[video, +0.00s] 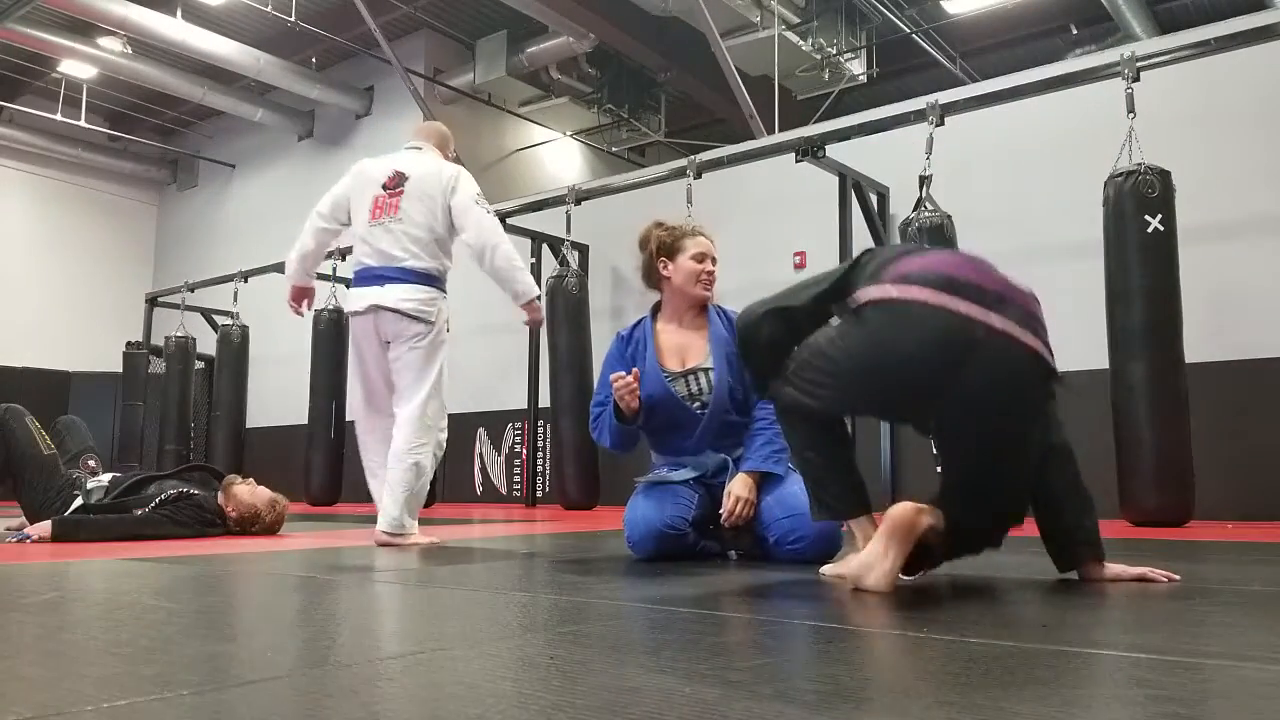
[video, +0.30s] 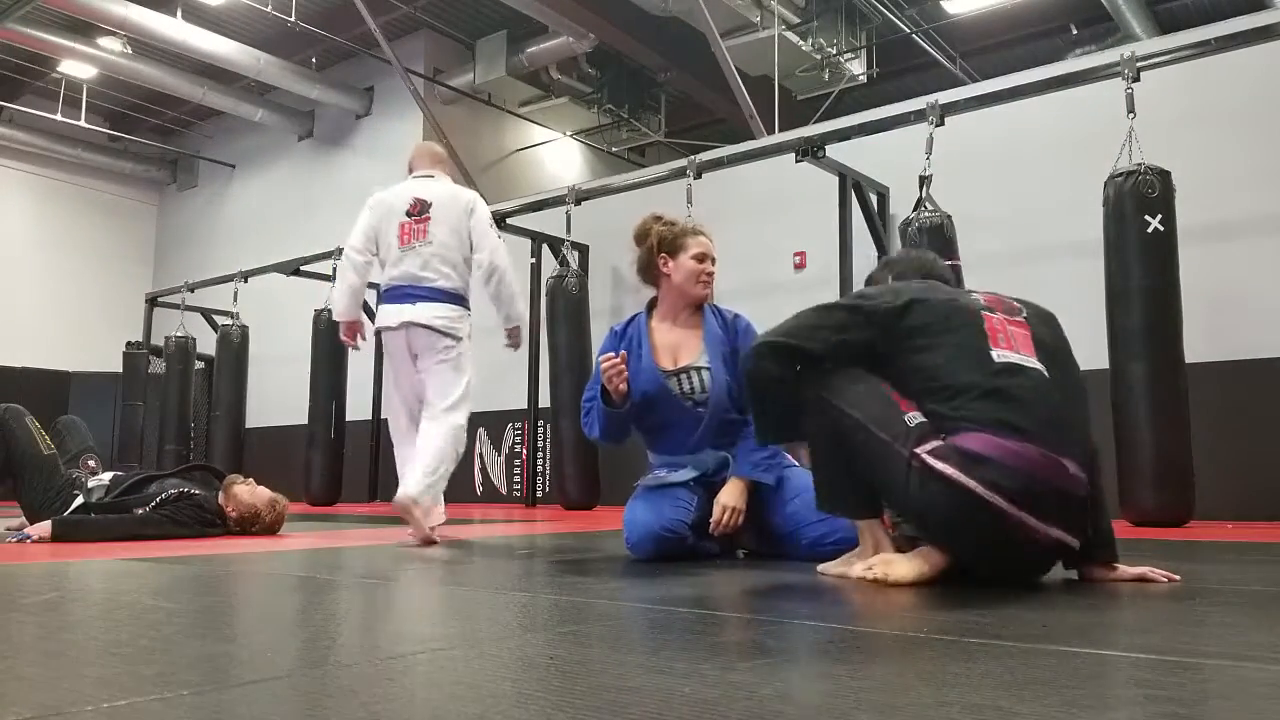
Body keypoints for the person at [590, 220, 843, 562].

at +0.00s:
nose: (712, 269)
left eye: (713, 261)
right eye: (700, 259)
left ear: (716, 270)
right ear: (665, 268)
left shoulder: (741, 329)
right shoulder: (629, 344)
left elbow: (769, 406)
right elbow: (610, 436)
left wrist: (750, 475)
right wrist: (624, 413)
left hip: (753, 465)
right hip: (679, 475)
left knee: (814, 539)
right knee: (648, 536)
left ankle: (741, 537)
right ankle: (718, 544)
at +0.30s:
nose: (711, 270)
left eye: (713, 262)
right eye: (700, 259)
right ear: (666, 264)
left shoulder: (735, 329)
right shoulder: (623, 340)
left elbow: (764, 415)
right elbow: (605, 432)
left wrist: (741, 480)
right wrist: (615, 400)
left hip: (751, 464)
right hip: (676, 477)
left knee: (837, 535)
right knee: (647, 538)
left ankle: (748, 536)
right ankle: (727, 540)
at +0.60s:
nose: (731, 267)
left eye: (733, 260)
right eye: (719, 257)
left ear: (736, 268)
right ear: (686, 265)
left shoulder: (759, 331)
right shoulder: (650, 339)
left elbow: (786, 420)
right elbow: (633, 429)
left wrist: (776, 483)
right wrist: (654, 395)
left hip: (763, 472)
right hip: (688, 480)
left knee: (854, 527)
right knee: (655, 537)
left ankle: (752, 536)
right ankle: (726, 541)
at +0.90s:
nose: (770, 274)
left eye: (775, 266)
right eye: (758, 264)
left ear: (781, 274)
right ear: (728, 274)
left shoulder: (789, 343)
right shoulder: (694, 331)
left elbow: (798, 417)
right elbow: (677, 410)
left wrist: (798, 462)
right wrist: (715, 378)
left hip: (775, 478)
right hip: (700, 475)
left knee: (866, 521)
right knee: (668, 537)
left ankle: (766, 535)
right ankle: (732, 539)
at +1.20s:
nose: (794, 278)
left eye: (802, 272)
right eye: (782, 269)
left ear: (808, 283)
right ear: (755, 279)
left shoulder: (807, 349)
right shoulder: (722, 328)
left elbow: (811, 421)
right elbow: (728, 392)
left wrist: (802, 462)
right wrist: (786, 362)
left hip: (779, 470)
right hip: (708, 466)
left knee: (867, 530)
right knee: (729, 531)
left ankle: (782, 524)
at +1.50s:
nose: (786, 271)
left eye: (793, 265)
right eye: (774, 263)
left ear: (801, 278)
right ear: (746, 276)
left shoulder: (806, 348)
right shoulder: (714, 330)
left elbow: (814, 418)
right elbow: (703, 409)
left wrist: (802, 469)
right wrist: (783, 389)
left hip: (778, 473)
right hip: (704, 468)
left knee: (866, 534)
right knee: (734, 534)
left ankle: (781, 527)